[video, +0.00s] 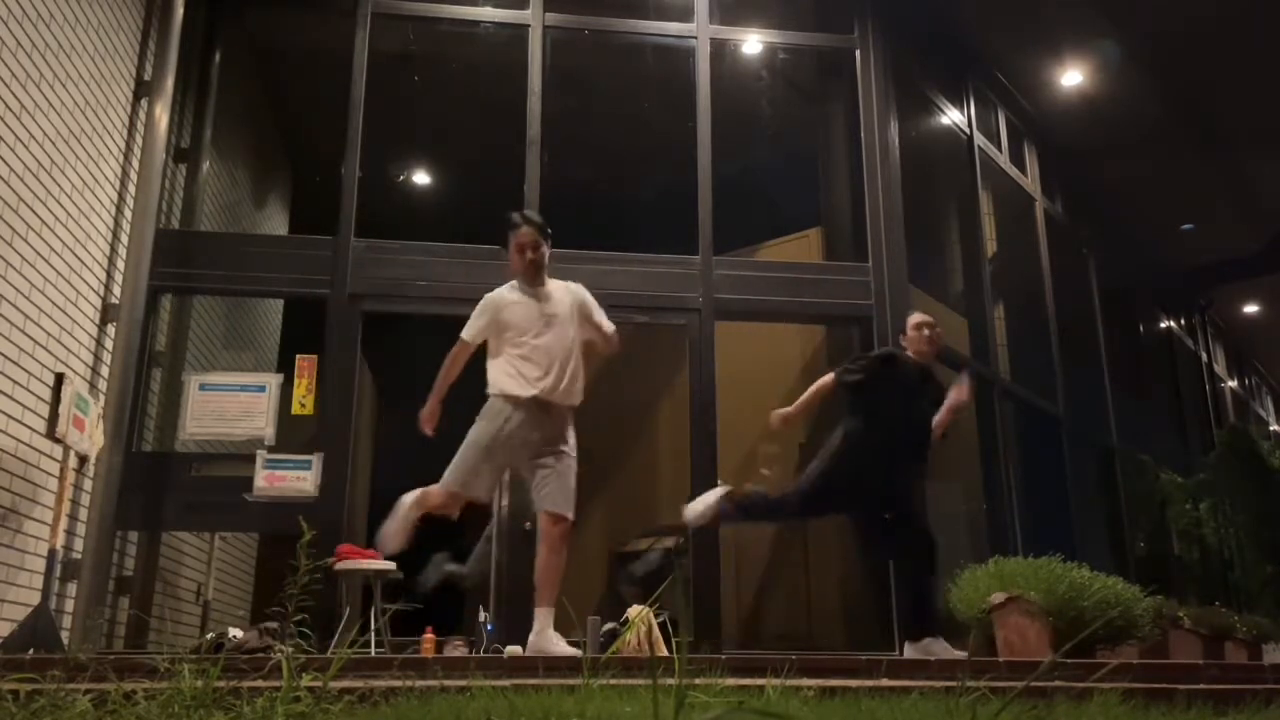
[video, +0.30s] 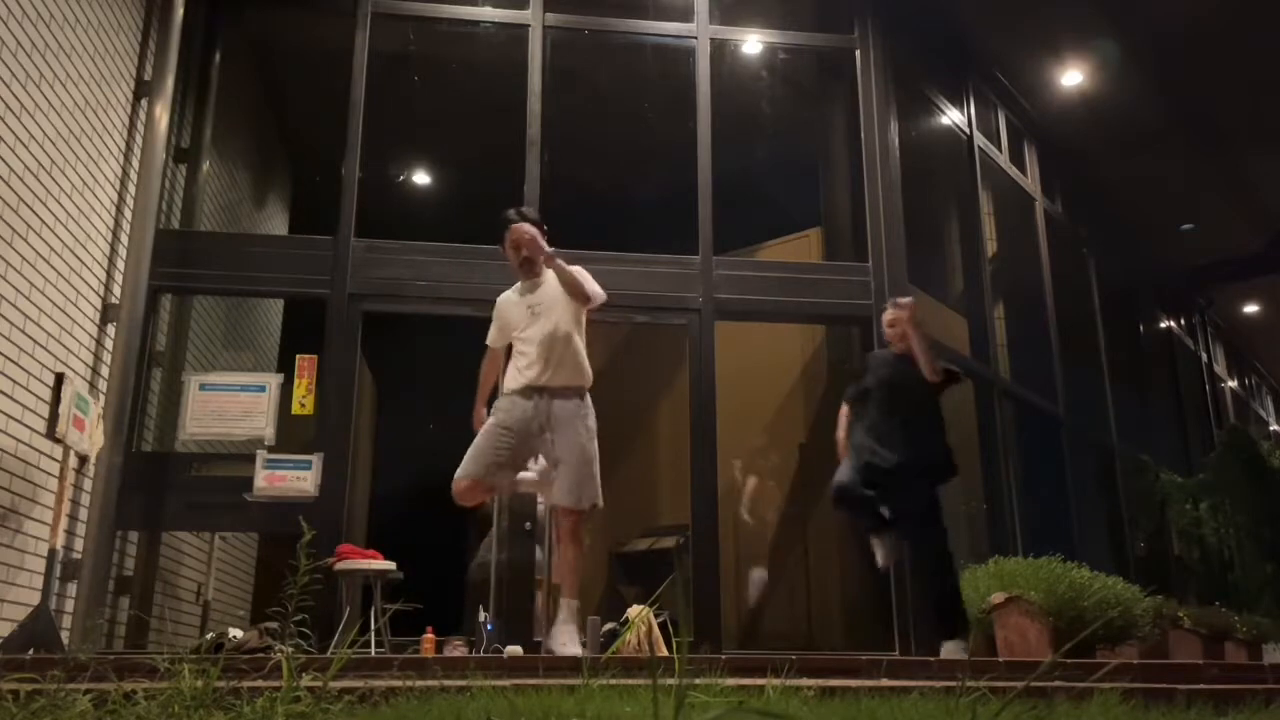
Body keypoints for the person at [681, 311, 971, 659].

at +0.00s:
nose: (929, 334)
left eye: (933, 329)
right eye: (921, 328)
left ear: (938, 341)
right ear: (905, 338)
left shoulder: (934, 386)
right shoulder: (888, 360)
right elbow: (834, 378)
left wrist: (951, 409)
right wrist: (796, 409)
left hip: (892, 478)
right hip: (851, 463)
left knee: (916, 547)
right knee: (799, 504)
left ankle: (920, 638)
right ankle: (723, 504)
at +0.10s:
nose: (922, 326)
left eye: (926, 320)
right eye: (913, 322)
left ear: (935, 327)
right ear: (900, 331)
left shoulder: (937, 369)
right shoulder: (884, 355)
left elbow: (941, 407)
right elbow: (835, 379)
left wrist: (949, 361)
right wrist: (805, 417)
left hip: (904, 473)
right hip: (859, 461)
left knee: (924, 548)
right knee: (815, 503)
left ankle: (922, 636)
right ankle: (775, 492)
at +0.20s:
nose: (911, 324)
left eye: (916, 317)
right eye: (904, 319)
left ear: (928, 321)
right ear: (894, 326)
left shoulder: (938, 361)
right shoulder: (878, 355)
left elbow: (938, 384)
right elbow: (838, 385)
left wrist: (934, 333)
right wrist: (821, 429)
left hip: (915, 464)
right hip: (865, 456)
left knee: (928, 547)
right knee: (825, 500)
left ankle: (929, 636)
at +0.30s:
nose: (892, 333)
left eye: (898, 326)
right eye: (887, 327)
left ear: (913, 328)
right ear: (882, 332)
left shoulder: (929, 362)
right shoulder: (876, 365)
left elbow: (935, 377)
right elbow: (848, 402)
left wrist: (913, 329)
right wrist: (843, 440)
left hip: (916, 455)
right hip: (871, 451)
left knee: (931, 546)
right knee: (844, 487)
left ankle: (952, 634)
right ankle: (880, 531)